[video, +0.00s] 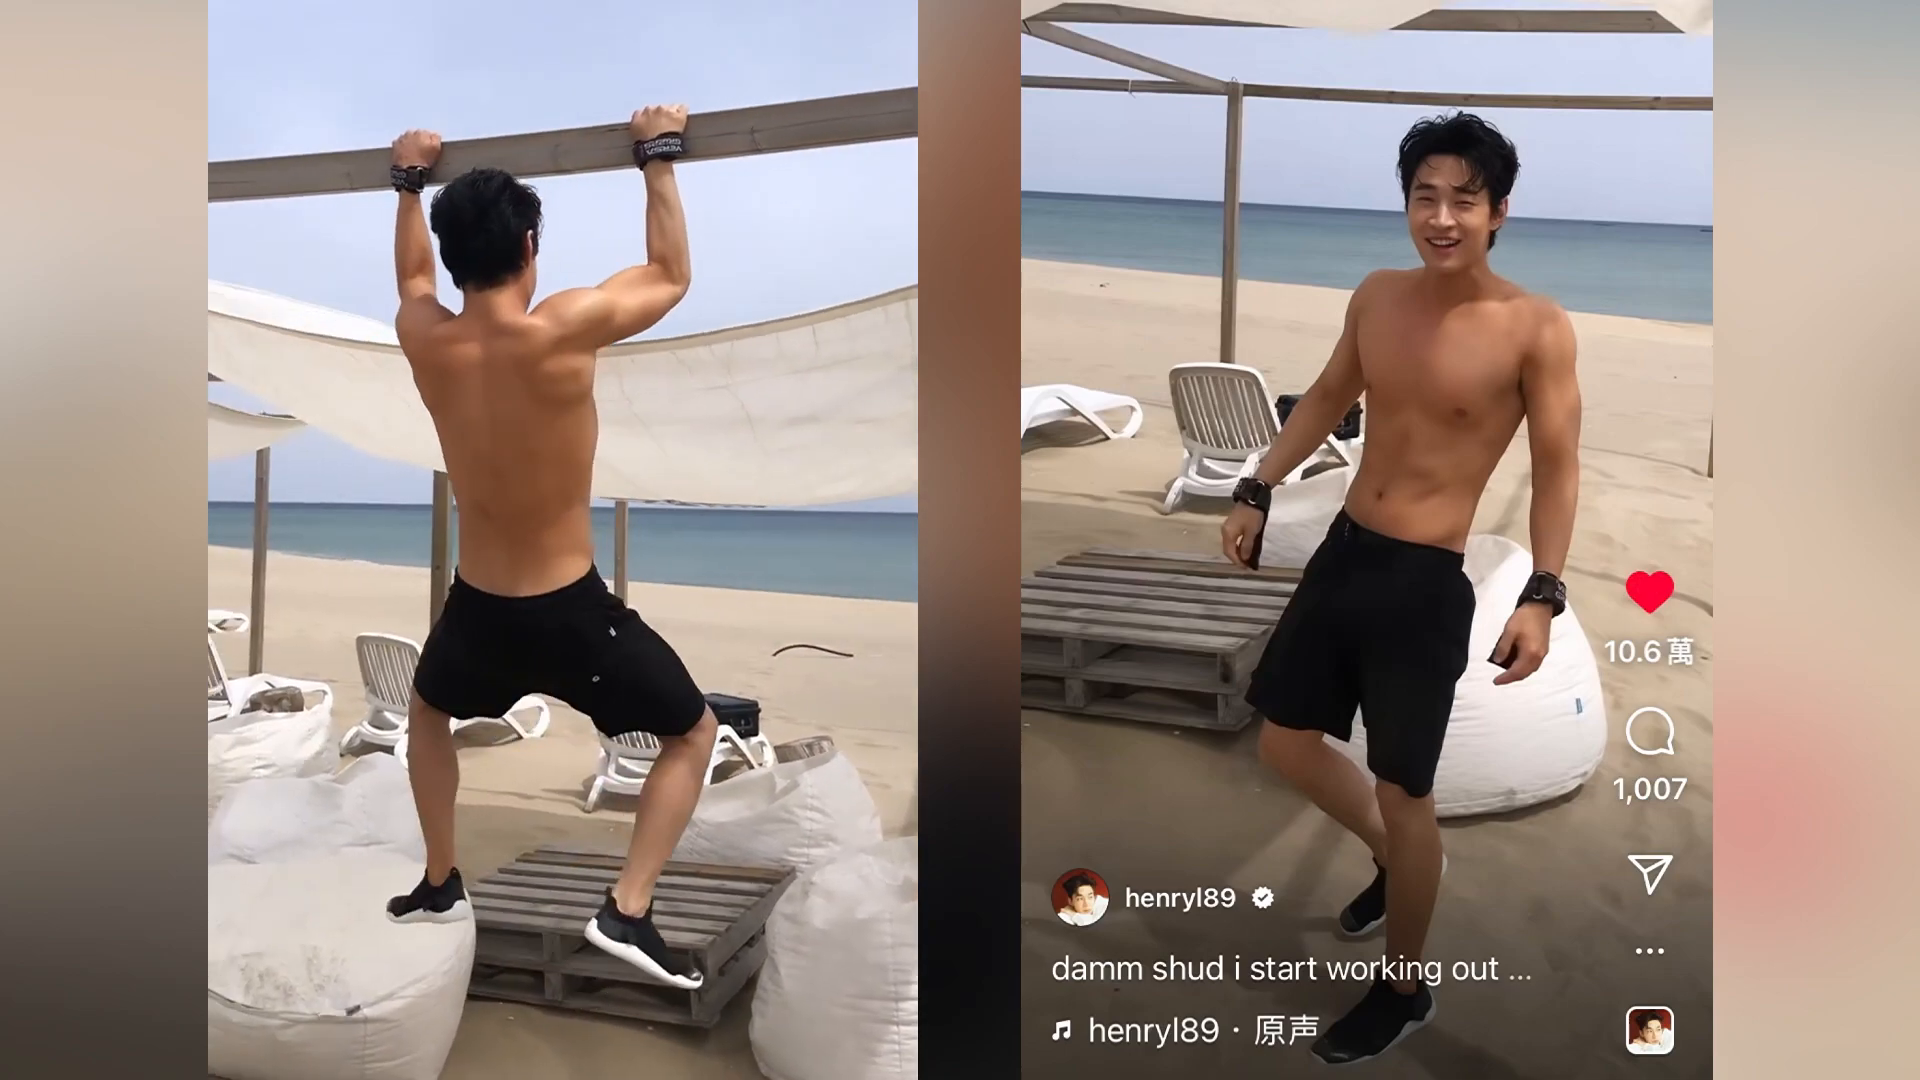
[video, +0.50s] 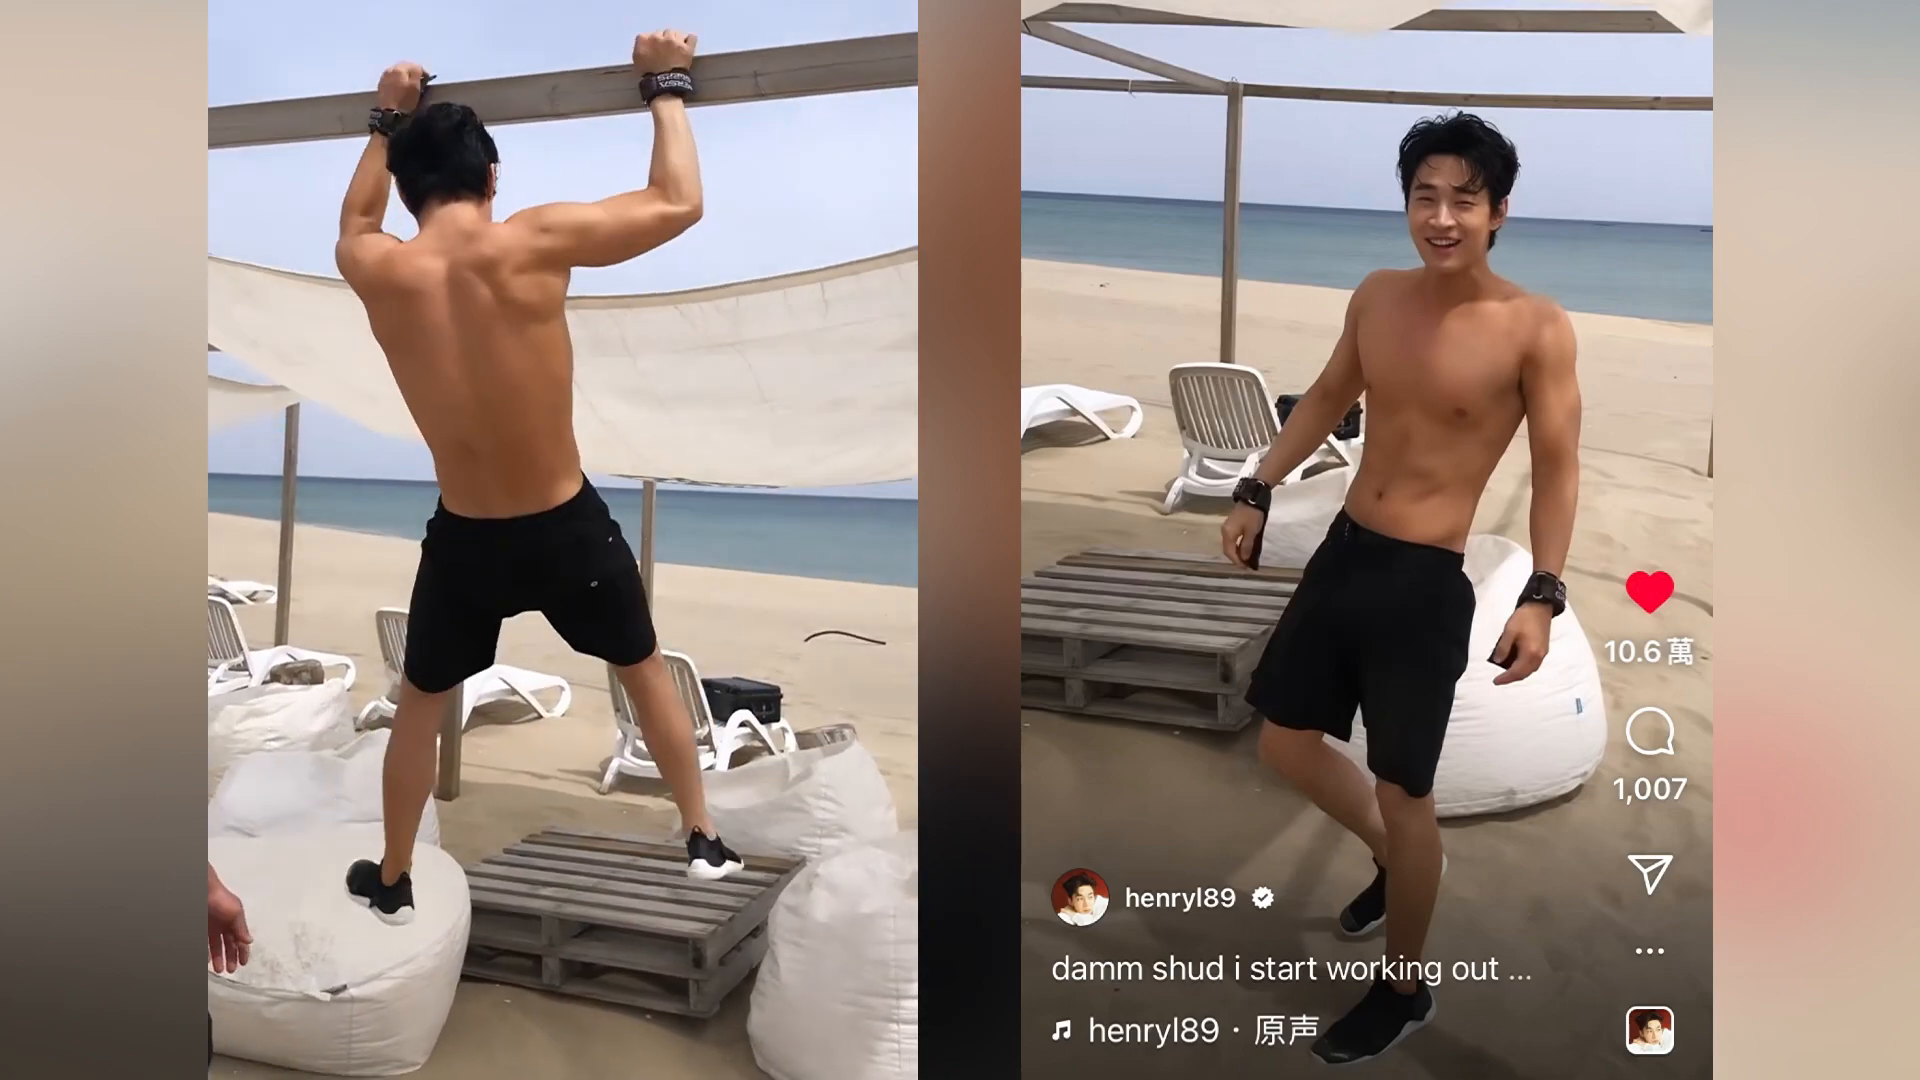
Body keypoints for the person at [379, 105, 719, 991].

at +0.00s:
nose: (540, 246)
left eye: (531, 233)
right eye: (537, 233)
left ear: (452, 254)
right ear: (529, 246)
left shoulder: (429, 339)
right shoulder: (569, 325)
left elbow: (416, 273)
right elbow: (668, 273)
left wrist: (407, 183)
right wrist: (659, 157)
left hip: (475, 614)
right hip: (573, 613)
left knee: (429, 712)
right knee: (691, 734)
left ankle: (439, 878)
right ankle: (629, 911)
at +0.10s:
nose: (536, 240)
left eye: (526, 230)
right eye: (533, 230)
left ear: (445, 253)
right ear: (526, 240)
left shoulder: (421, 334)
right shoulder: (566, 319)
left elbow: (412, 271)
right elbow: (668, 269)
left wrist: (408, 183)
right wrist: (661, 152)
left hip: (469, 614)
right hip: (569, 611)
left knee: (410, 669)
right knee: (705, 686)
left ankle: (425, 834)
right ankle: (704, 876)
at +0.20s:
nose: (531, 227)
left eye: (528, 219)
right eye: (531, 217)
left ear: (440, 237)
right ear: (521, 224)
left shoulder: (411, 316)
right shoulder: (558, 299)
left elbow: (409, 260)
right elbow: (670, 260)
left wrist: (406, 171)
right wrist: (662, 142)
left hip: (467, 605)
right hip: (569, 598)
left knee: (393, 653)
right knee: (705, 658)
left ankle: (402, 788)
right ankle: (764, 809)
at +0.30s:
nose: (524, 214)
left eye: (518, 205)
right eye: (523, 203)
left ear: (433, 213)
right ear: (513, 205)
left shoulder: (395, 291)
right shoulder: (549, 273)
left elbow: (398, 245)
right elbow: (669, 247)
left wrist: (400, 156)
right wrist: (659, 128)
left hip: (466, 572)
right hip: (571, 561)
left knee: (404, 658)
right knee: (692, 650)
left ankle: (373, 778)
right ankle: (779, 771)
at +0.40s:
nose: (512, 190)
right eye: (512, 175)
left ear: (420, 186)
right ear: (500, 178)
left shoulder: (381, 269)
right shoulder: (540, 245)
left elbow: (385, 227)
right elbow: (670, 230)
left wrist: (396, 135)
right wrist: (657, 111)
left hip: (465, 544)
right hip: (571, 530)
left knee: (414, 671)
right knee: (672, 648)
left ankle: (376, 817)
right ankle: (747, 787)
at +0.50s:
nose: (502, 180)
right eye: (498, 168)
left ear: (404, 188)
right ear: (491, 174)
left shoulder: (380, 270)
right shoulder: (540, 239)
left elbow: (358, 217)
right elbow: (677, 201)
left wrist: (385, 123)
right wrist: (668, 86)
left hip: (462, 541)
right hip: (568, 531)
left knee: (420, 703)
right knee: (641, 664)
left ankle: (392, 875)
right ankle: (703, 836)